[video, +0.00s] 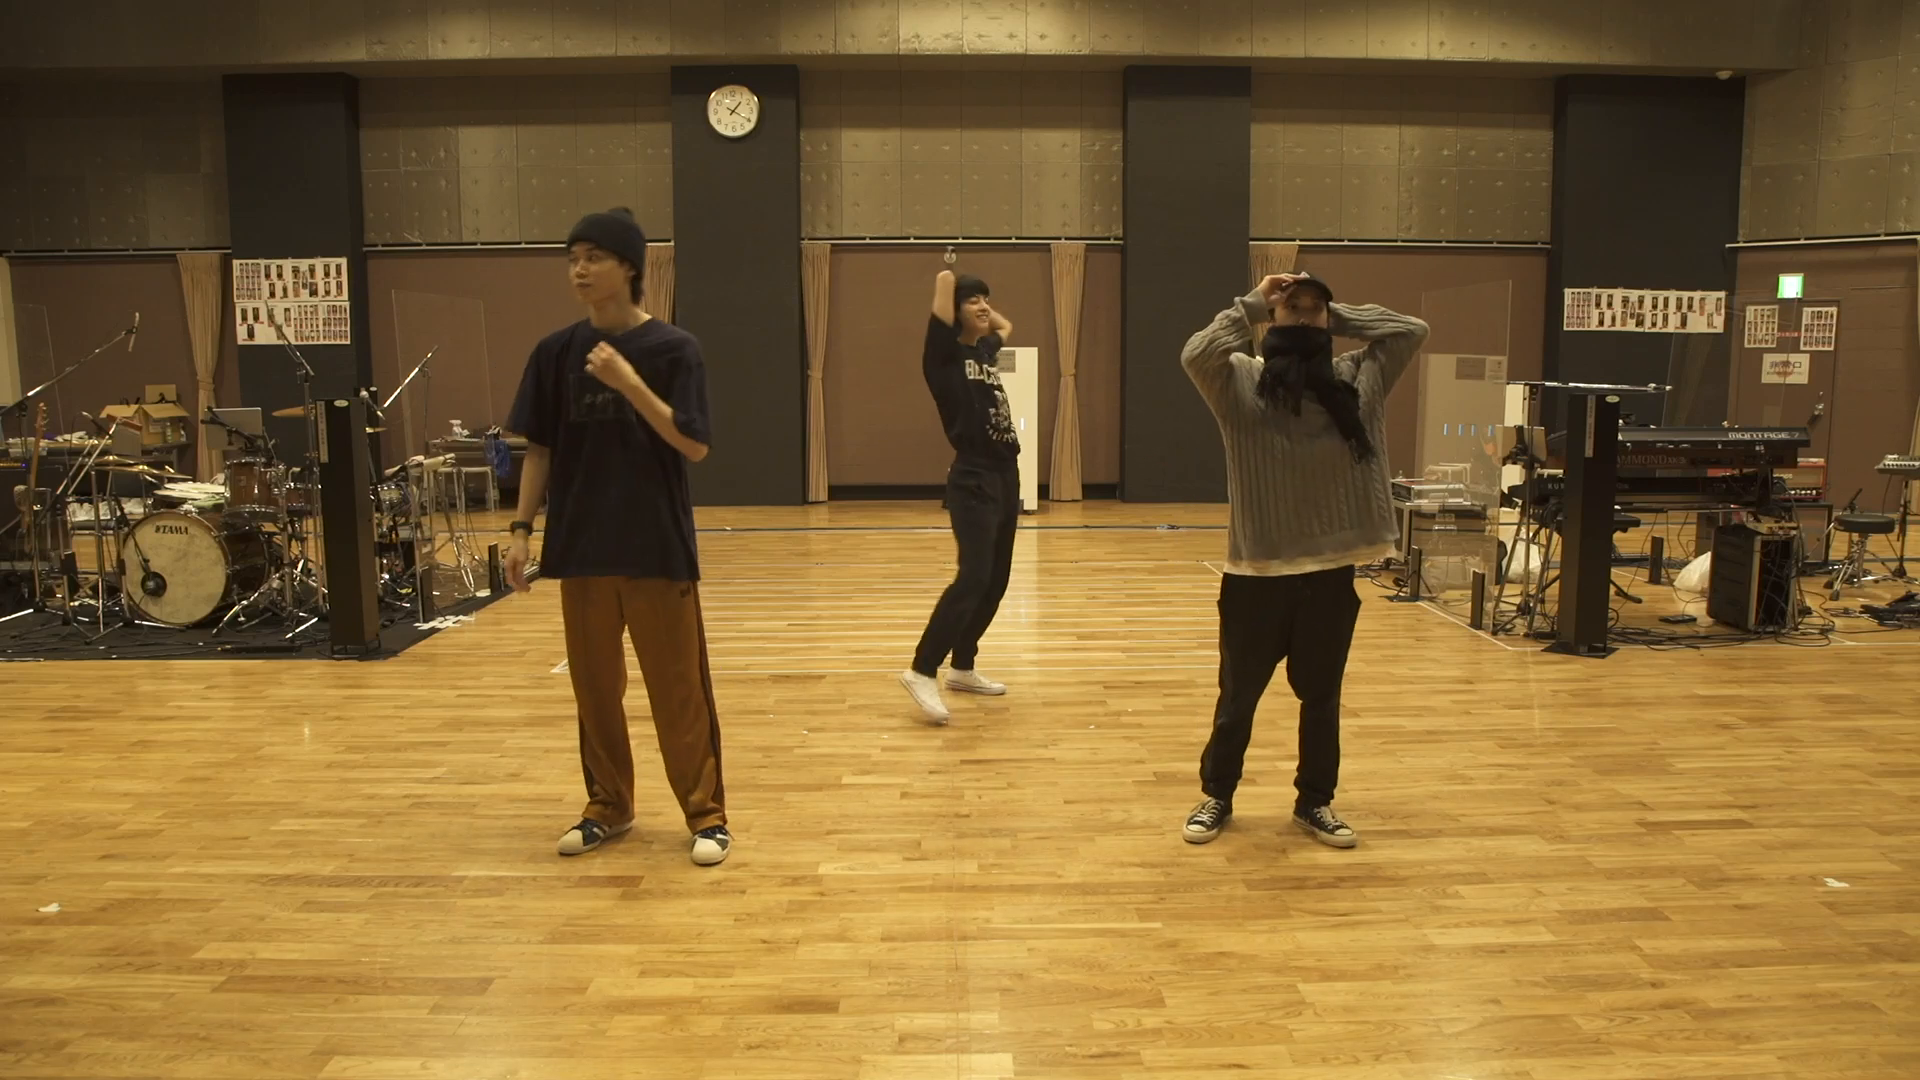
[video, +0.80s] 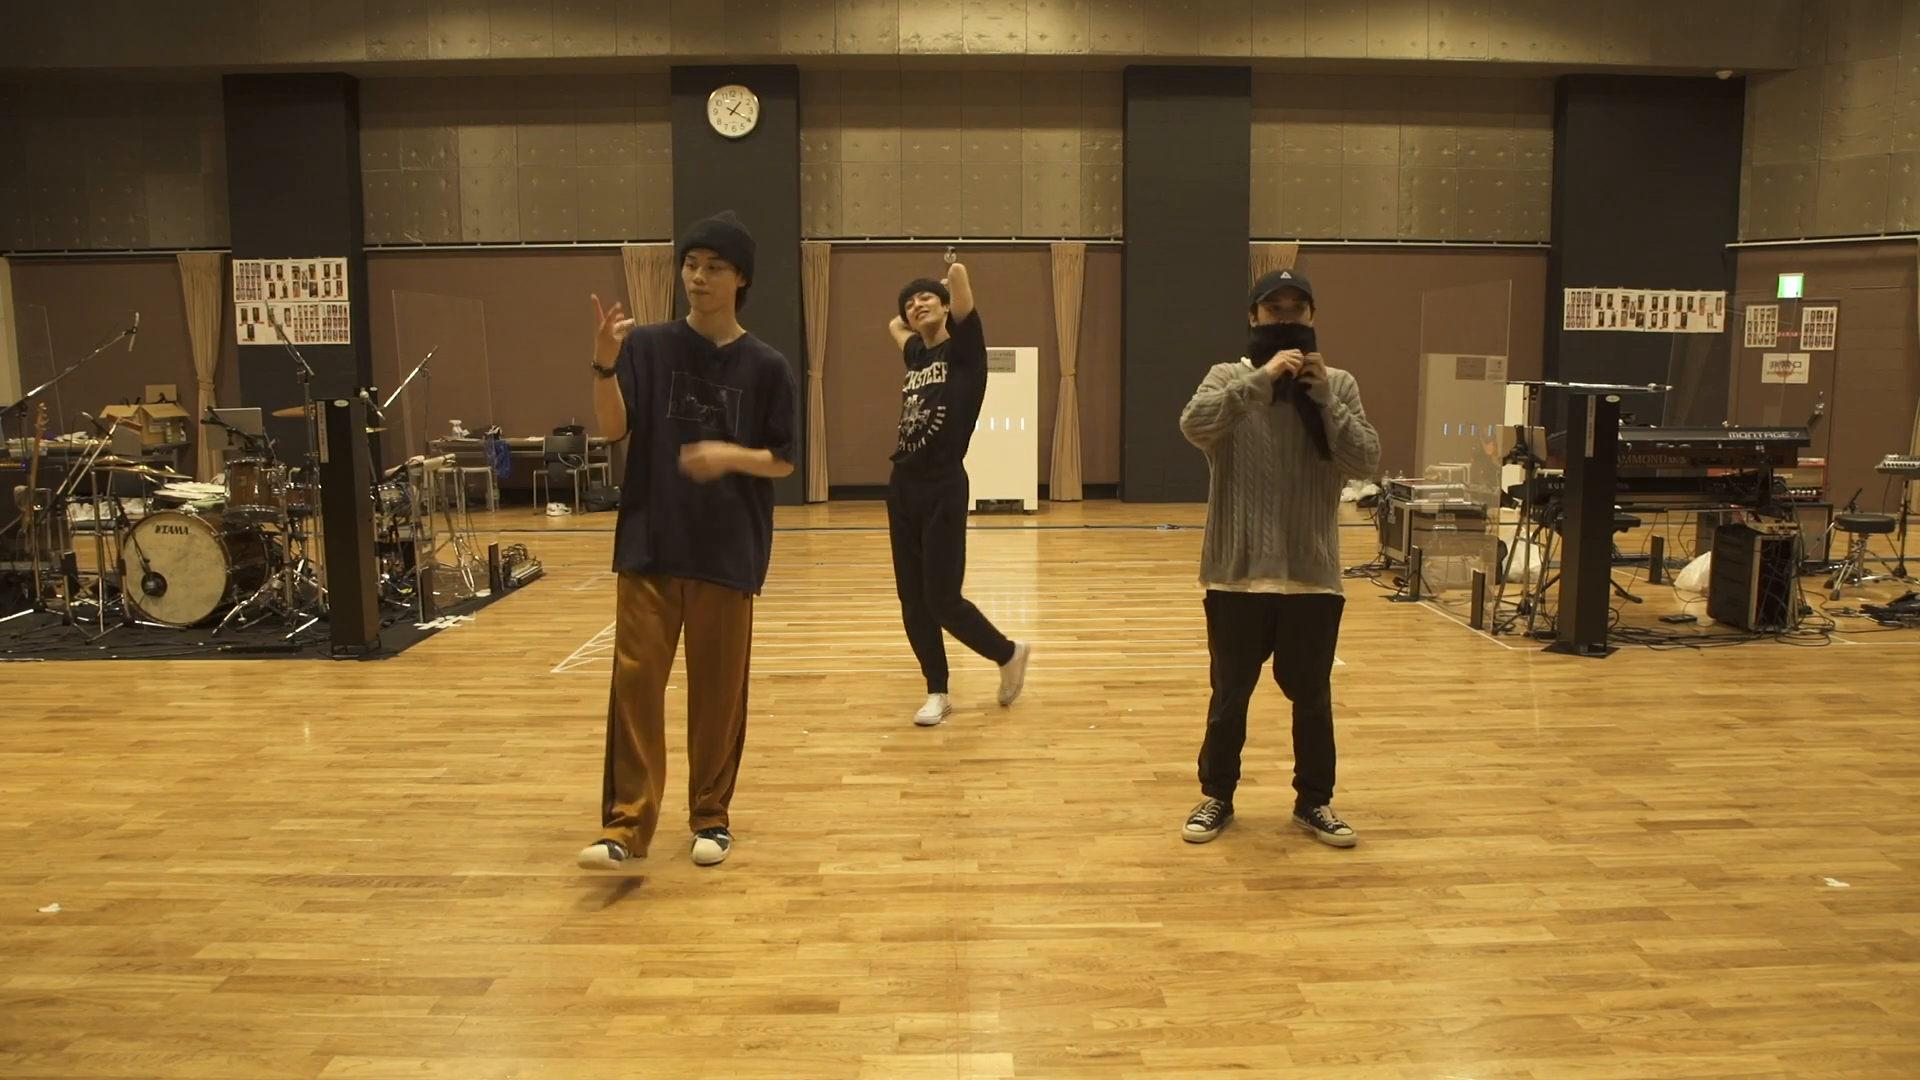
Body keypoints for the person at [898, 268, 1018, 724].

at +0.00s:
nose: (984, 310)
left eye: (985, 304)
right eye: (975, 304)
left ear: (987, 312)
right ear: (955, 314)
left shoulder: (983, 354)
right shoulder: (943, 355)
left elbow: (1004, 331)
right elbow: (943, 286)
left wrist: (986, 316)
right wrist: (950, 279)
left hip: (1005, 480)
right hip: (973, 480)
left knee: (996, 580)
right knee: (973, 578)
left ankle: (961, 668)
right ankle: (921, 672)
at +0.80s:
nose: (919, 308)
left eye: (926, 301)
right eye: (912, 306)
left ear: (946, 307)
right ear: (911, 320)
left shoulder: (965, 348)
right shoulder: (917, 354)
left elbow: (962, 304)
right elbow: (900, 333)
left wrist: (954, 268)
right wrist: (900, 317)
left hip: (943, 489)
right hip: (903, 489)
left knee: (942, 603)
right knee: (913, 602)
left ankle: (1010, 654)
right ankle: (938, 693)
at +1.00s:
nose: (908, 301)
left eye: (918, 294)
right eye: (902, 297)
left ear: (940, 303)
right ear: (897, 310)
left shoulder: (964, 350)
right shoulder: (898, 362)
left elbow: (1009, 335)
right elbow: (844, 366)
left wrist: (967, 287)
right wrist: (864, 305)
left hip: (945, 486)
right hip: (902, 488)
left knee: (935, 592)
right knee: (908, 595)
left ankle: (966, 683)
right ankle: (936, 691)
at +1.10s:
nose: (909, 301)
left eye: (919, 294)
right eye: (902, 296)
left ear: (939, 305)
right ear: (895, 308)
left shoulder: (966, 356)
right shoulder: (893, 366)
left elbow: (1018, 386)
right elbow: (841, 395)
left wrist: (999, 338)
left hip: (947, 492)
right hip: (901, 493)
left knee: (941, 592)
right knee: (910, 595)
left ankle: (954, 696)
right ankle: (935, 689)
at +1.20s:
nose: (912, 300)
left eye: (923, 294)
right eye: (906, 294)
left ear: (941, 305)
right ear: (898, 305)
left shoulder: (965, 360)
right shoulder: (887, 369)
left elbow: (1001, 408)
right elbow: (841, 411)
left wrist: (1013, 423)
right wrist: (790, 423)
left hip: (950, 492)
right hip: (901, 492)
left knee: (949, 594)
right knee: (910, 595)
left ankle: (950, 703)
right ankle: (933, 685)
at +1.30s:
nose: (917, 299)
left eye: (929, 295)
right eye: (912, 291)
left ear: (944, 310)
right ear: (901, 301)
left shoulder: (964, 364)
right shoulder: (884, 368)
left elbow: (979, 434)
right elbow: (873, 440)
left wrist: (978, 489)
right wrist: (866, 496)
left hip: (951, 492)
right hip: (900, 494)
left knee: (954, 588)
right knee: (911, 594)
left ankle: (959, 692)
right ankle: (933, 689)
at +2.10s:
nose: (985, 320)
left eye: (998, 322)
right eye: (986, 308)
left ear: (1008, 335)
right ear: (975, 303)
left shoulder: (1010, 382)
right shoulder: (921, 359)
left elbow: (1034, 441)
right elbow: (884, 413)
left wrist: (1009, 490)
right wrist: (871, 470)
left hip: (972, 510)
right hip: (918, 504)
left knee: (974, 617)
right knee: (904, 608)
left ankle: (969, 719)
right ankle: (912, 681)